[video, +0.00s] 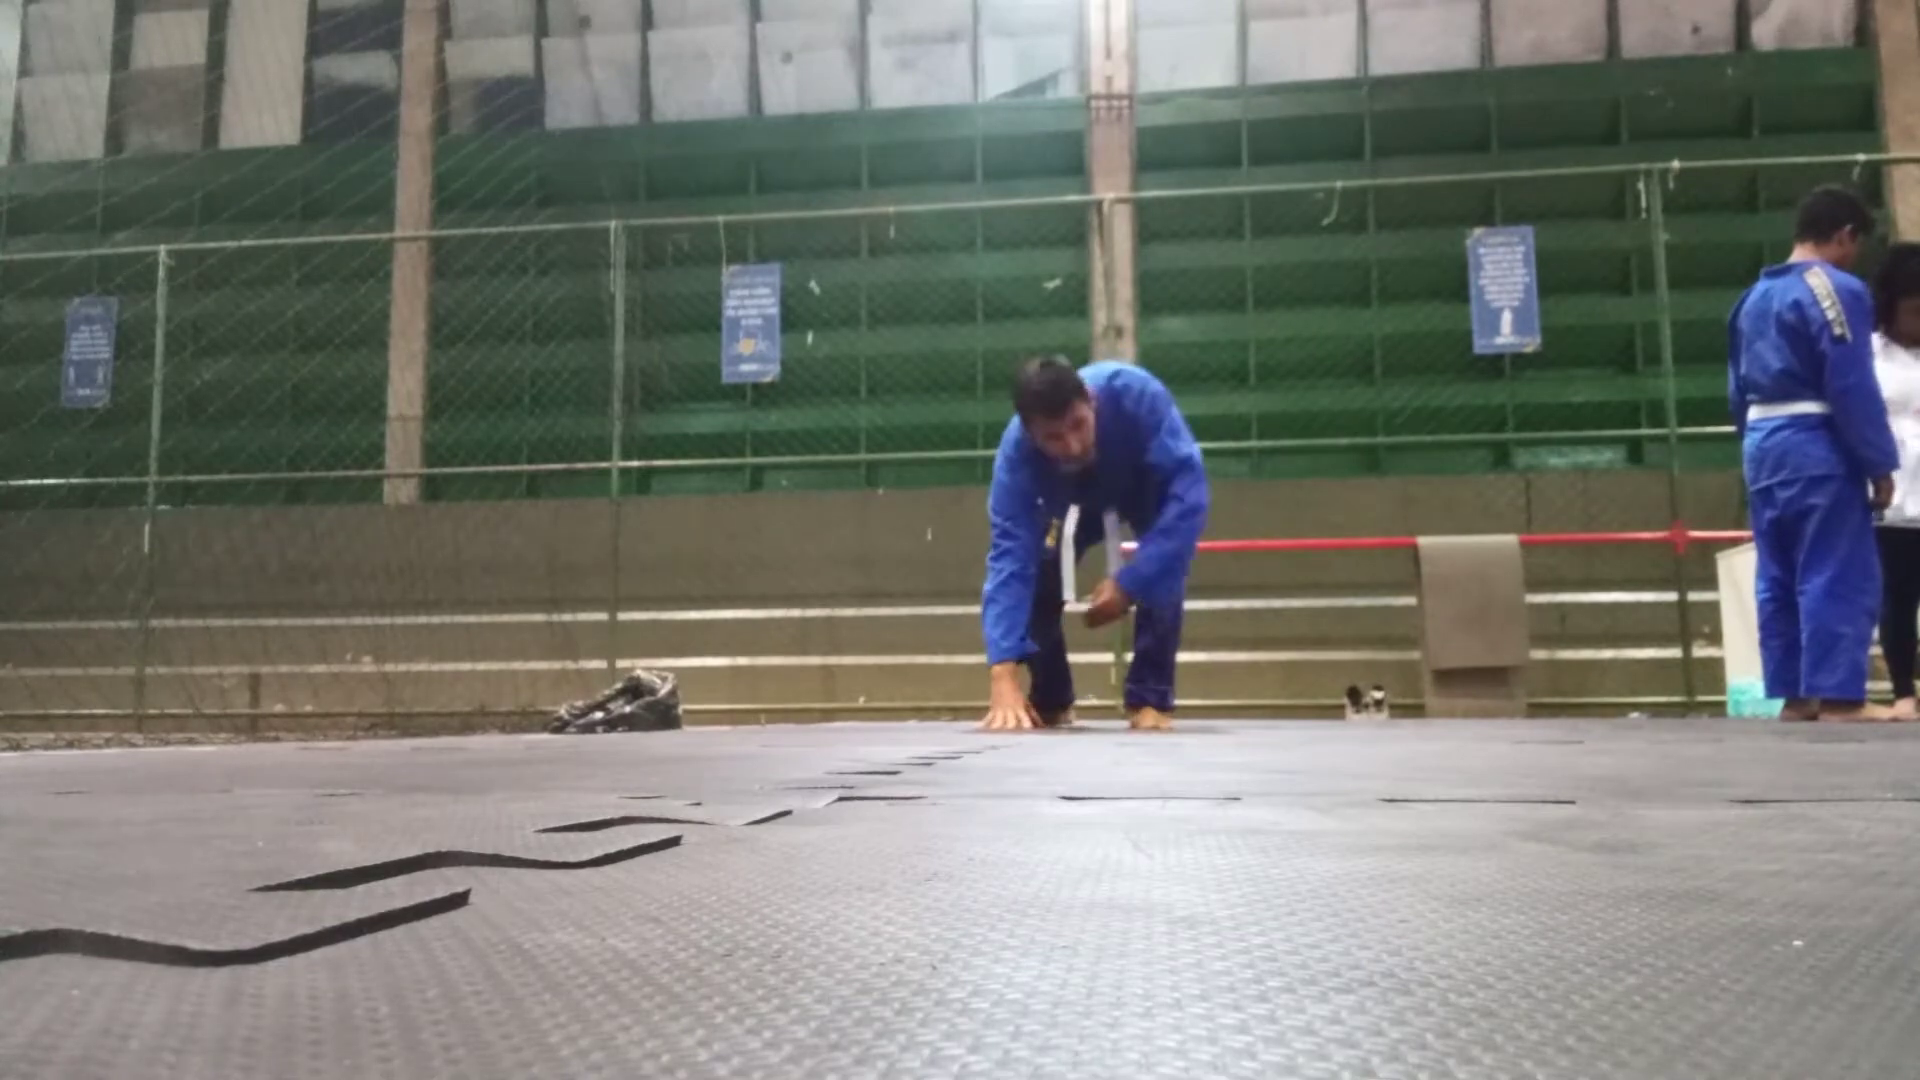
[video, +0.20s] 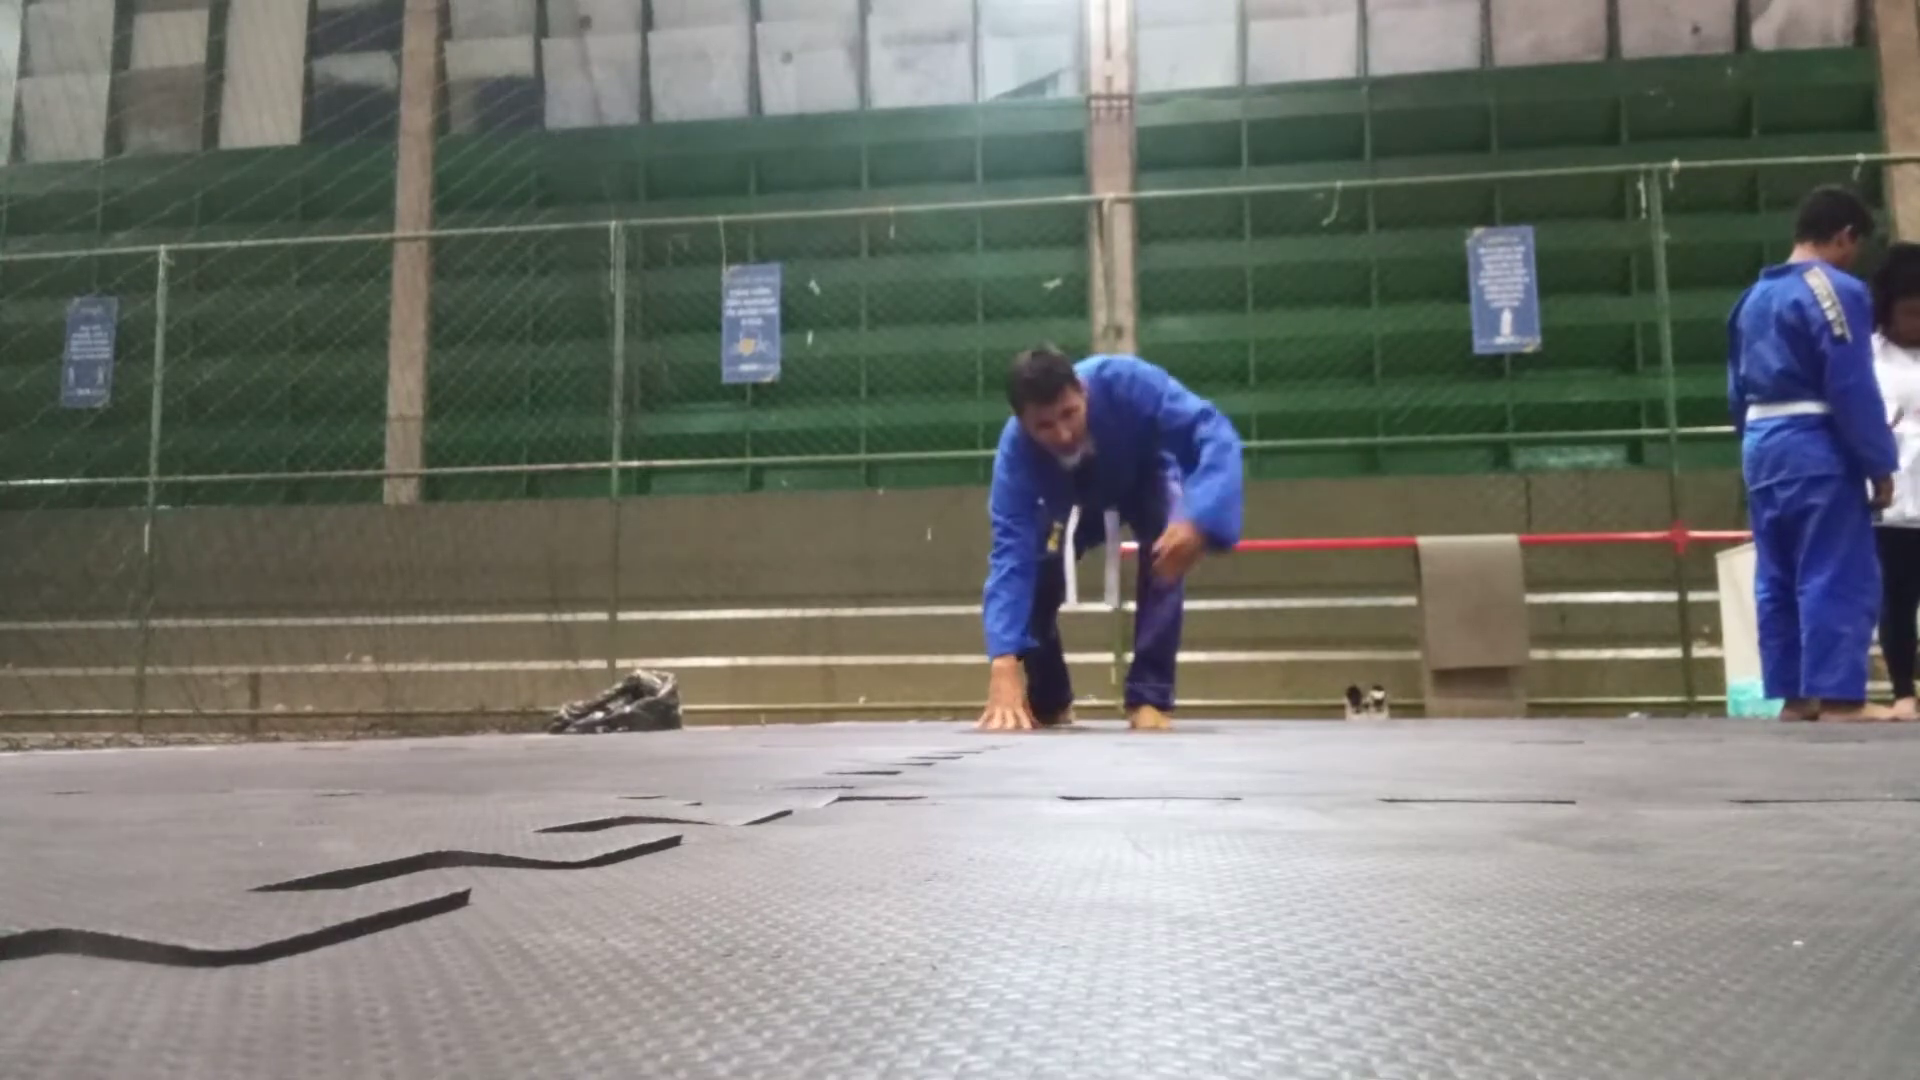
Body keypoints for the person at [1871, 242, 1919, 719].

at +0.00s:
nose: (1915, 318)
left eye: (1917, 308)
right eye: (1909, 307)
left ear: (1916, 309)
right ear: (1889, 306)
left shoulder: (1885, 355)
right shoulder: (1872, 352)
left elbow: (1864, 415)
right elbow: (1859, 414)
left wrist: (1874, 465)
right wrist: (1872, 467)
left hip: (1911, 497)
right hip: (1894, 496)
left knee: (1906, 603)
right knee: (1898, 603)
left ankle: (1908, 690)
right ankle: (1904, 691)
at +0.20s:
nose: (1914, 321)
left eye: (1917, 311)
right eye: (1908, 311)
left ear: (1918, 311)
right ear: (1886, 309)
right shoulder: (1871, 354)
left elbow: (1871, 420)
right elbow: (1863, 419)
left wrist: (1877, 464)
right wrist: (1875, 467)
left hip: (1911, 499)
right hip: (1894, 500)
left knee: (1906, 605)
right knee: (1898, 605)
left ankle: (1908, 690)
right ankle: (1904, 691)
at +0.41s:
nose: (1914, 322)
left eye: (1917, 312)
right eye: (1907, 312)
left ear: (1918, 311)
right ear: (1885, 310)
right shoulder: (1868, 355)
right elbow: (1855, 416)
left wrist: (1900, 413)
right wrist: (1897, 413)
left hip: (1912, 499)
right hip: (1893, 499)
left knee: (1905, 605)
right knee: (1898, 605)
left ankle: (1908, 690)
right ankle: (1904, 691)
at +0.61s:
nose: (1914, 322)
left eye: (1917, 312)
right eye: (1907, 312)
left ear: (1919, 311)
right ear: (1885, 311)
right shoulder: (1869, 357)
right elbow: (1858, 423)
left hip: (1911, 503)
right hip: (1892, 503)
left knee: (1905, 606)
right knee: (1898, 606)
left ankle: (1908, 690)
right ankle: (1904, 691)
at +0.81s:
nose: (1914, 324)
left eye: (1918, 314)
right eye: (1907, 314)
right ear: (1886, 313)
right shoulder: (1870, 357)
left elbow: (1867, 416)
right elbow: (1856, 417)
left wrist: (1900, 413)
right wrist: (1898, 412)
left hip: (1912, 502)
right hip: (1894, 501)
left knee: (1906, 606)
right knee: (1898, 606)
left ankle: (1908, 690)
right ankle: (1904, 691)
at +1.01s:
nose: (1915, 323)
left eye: (1918, 313)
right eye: (1908, 313)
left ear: (1919, 313)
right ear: (1888, 313)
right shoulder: (1872, 359)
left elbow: (1866, 416)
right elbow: (1856, 418)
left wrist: (1901, 417)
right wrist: (1898, 418)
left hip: (1913, 502)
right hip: (1895, 501)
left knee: (1906, 606)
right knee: (1898, 606)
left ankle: (1908, 691)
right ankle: (1904, 691)